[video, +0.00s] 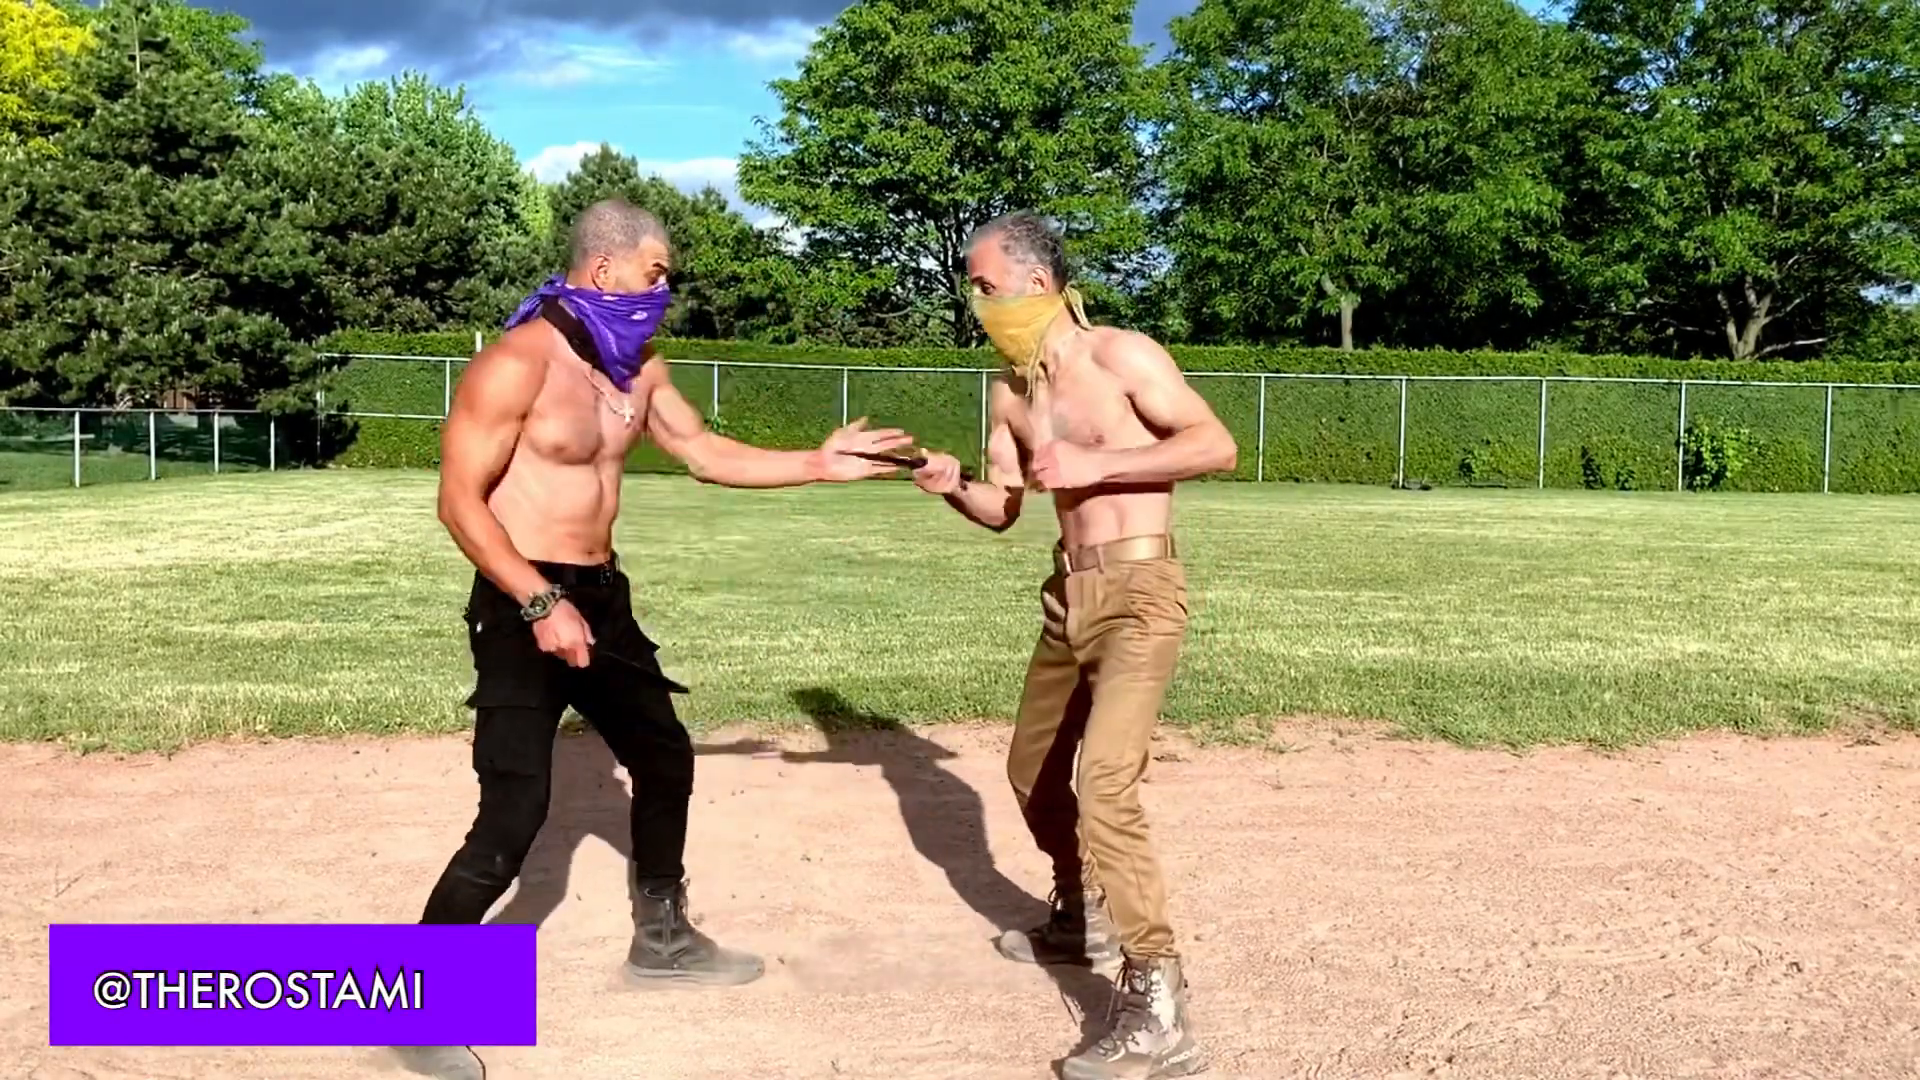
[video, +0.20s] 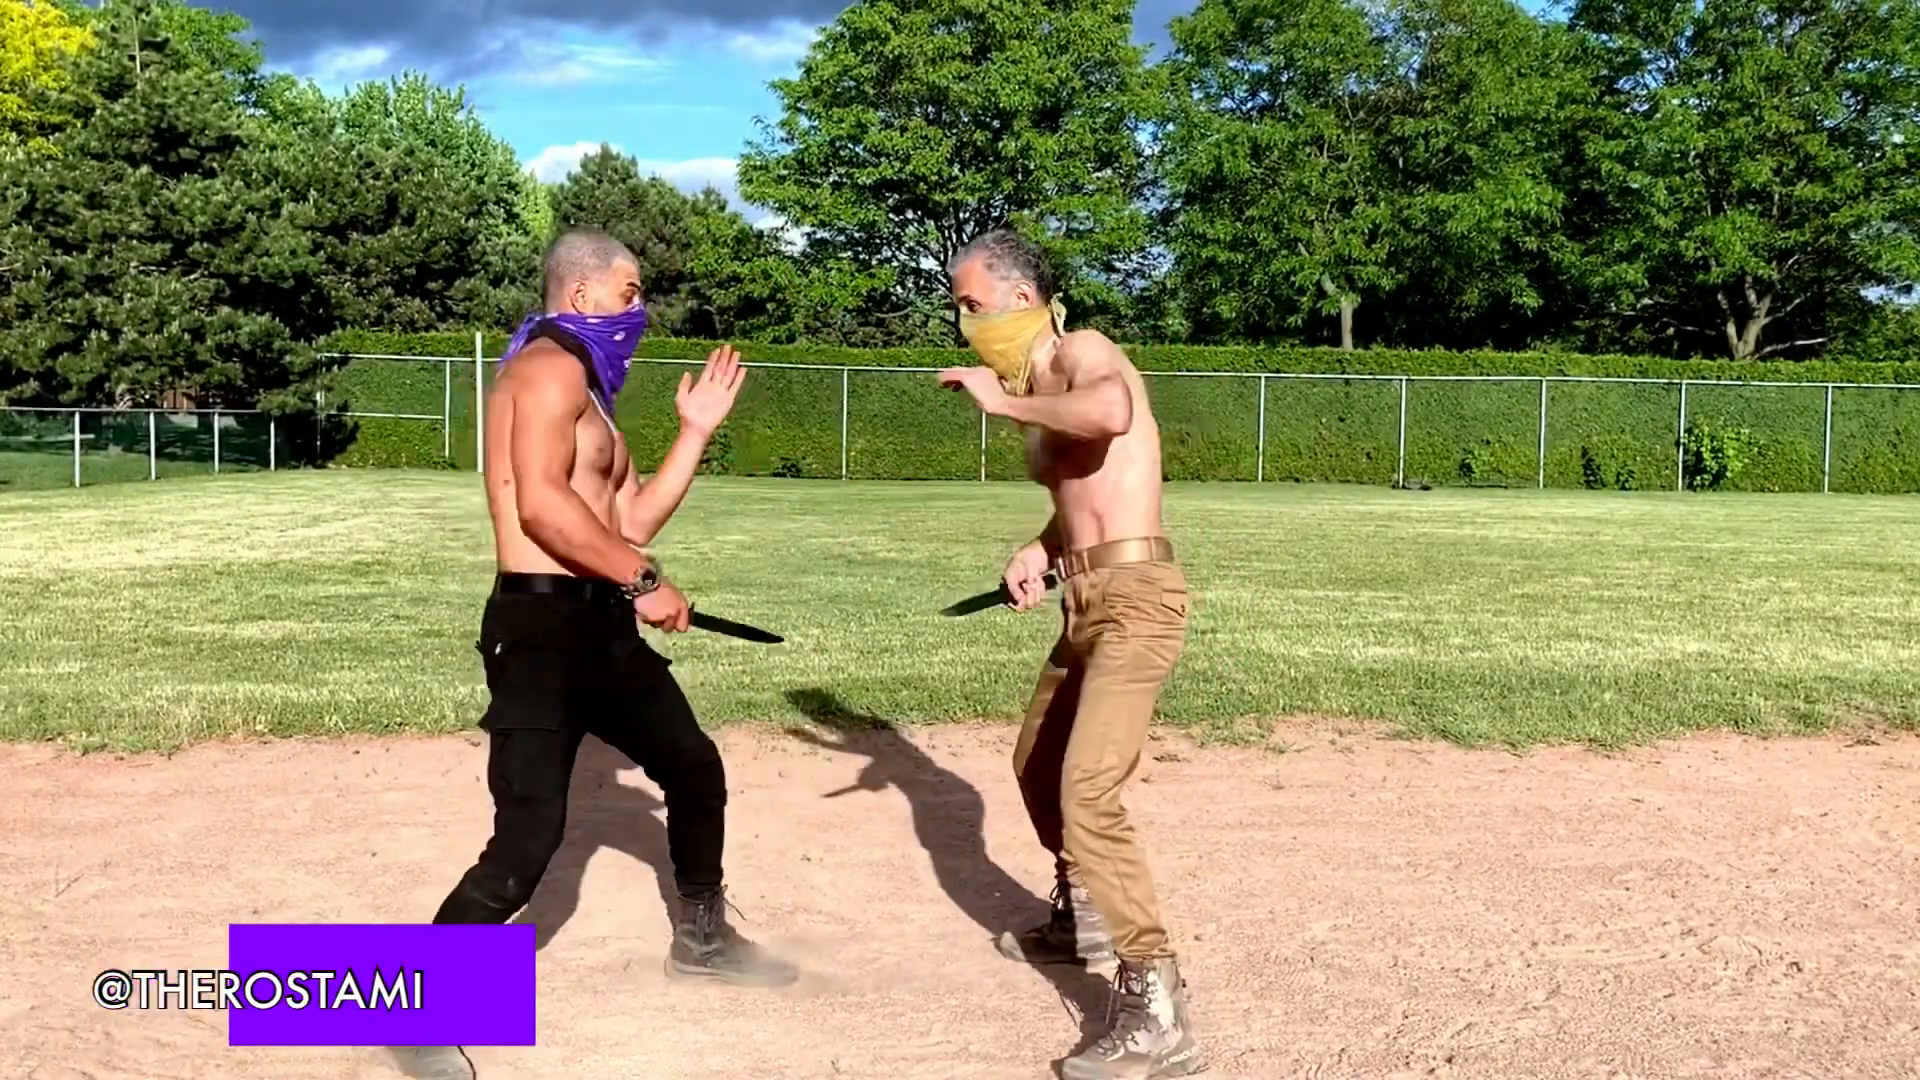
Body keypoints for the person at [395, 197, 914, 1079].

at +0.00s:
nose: (662, 295)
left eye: (666, 279)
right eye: (652, 277)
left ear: (624, 274)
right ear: (599, 270)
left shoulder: (635, 366)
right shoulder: (516, 362)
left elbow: (707, 454)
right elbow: (458, 500)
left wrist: (822, 462)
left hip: (598, 598)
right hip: (516, 603)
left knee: (665, 764)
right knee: (510, 822)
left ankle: (661, 937)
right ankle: (407, 1000)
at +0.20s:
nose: (638, 311)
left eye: (639, 296)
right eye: (628, 294)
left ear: (582, 295)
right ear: (580, 293)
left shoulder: (575, 388)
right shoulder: (546, 371)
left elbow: (629, 521)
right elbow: (541, 504)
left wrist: (693, 433)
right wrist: (640, 576)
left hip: (596, 622)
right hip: (537, 626)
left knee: (696, 771)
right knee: (525, 846)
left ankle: (704, 933)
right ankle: (410, 1007)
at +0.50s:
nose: (705, 326)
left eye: (706, 311)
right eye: (695, 309)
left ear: (659, 311)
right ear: (641, 307)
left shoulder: (650, 384)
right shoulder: (568, 378)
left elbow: (757, 399)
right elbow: (516, 513)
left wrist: (840, 390)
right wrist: (591, 618)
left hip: (572, 611)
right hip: (499, 607)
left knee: (681, 756)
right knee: (476, 804)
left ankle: (687, 932)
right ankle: (408, 993)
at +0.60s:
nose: (676, 337)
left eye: (679, 322)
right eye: (664, 320)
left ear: (639, 323)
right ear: (609, 322)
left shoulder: (661, 391)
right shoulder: (530, 395)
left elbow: (767, 403)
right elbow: (443, 513)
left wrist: (869, 460)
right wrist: (486, 609)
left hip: (597, 630)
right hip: (511, 629)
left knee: (712, 764)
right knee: (458, 823)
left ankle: (688, 934)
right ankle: (362, 1001)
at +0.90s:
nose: (663, 304)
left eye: (662, 288)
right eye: (656, 288)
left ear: (590, 286)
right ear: (613, 291)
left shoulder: (542, 350)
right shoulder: (610, 397)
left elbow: (596, 427)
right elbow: (736, 469)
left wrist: (672, 411)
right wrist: (843, 412)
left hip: (594, 612)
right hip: (544, 617)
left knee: (683, 752)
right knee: (485, 810)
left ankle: (688, 931)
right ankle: (366, 994)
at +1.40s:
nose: (593, 346)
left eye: (595, 331)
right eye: (580, 330)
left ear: (569, 333)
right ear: (525, 335)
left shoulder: (571, 399)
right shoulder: (459, 445)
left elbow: (587, 479)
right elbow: (431, 593)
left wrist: (659, 463)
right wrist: (552, 625)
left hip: (587, 631)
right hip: (503, 655)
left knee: (716, 751)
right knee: (469, 840)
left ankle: (696, 928)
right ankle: (362, 1002)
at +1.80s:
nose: (635, 293)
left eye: (639, 281)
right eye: (627, 276)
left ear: (584, 265)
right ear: (575, 262)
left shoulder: (590, 321)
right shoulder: (495, 326)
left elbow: (657, 362)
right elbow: (569, 390)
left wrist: (688, 308)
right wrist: (664, 309)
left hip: (605, 583)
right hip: (511, 589)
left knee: (669, 745)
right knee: (449, 784)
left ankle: (713, 917)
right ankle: (370, 974)